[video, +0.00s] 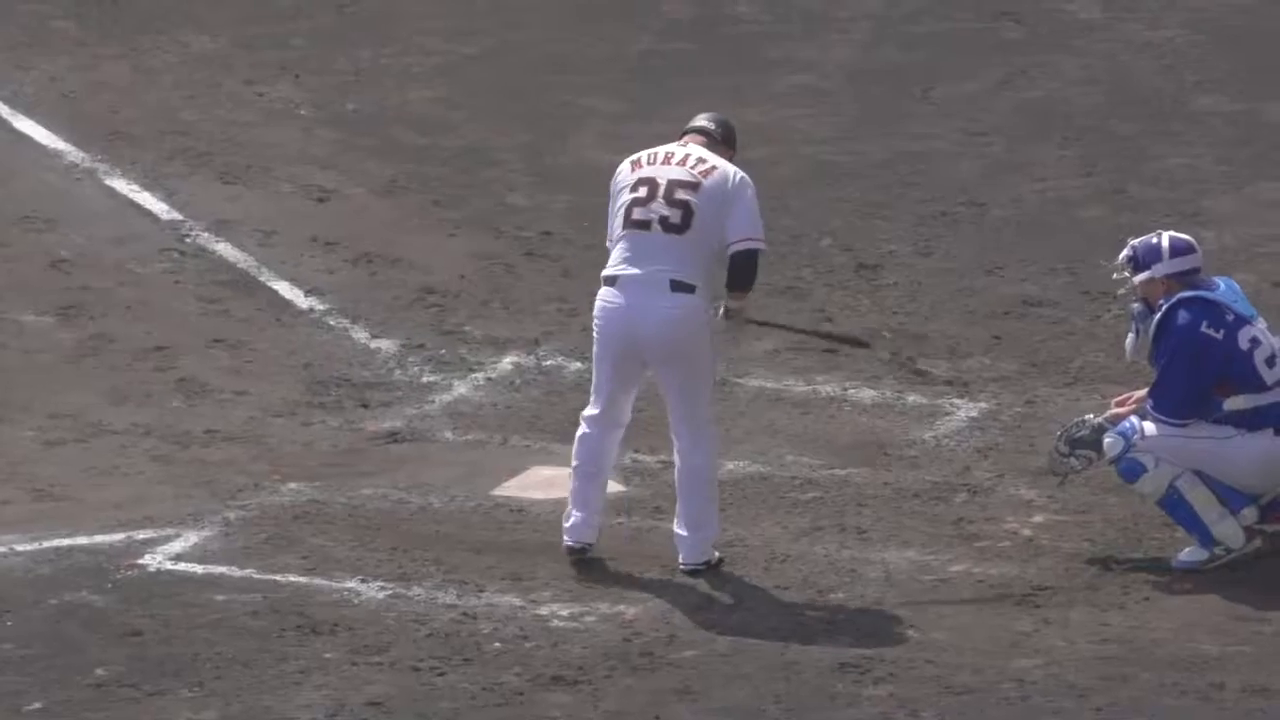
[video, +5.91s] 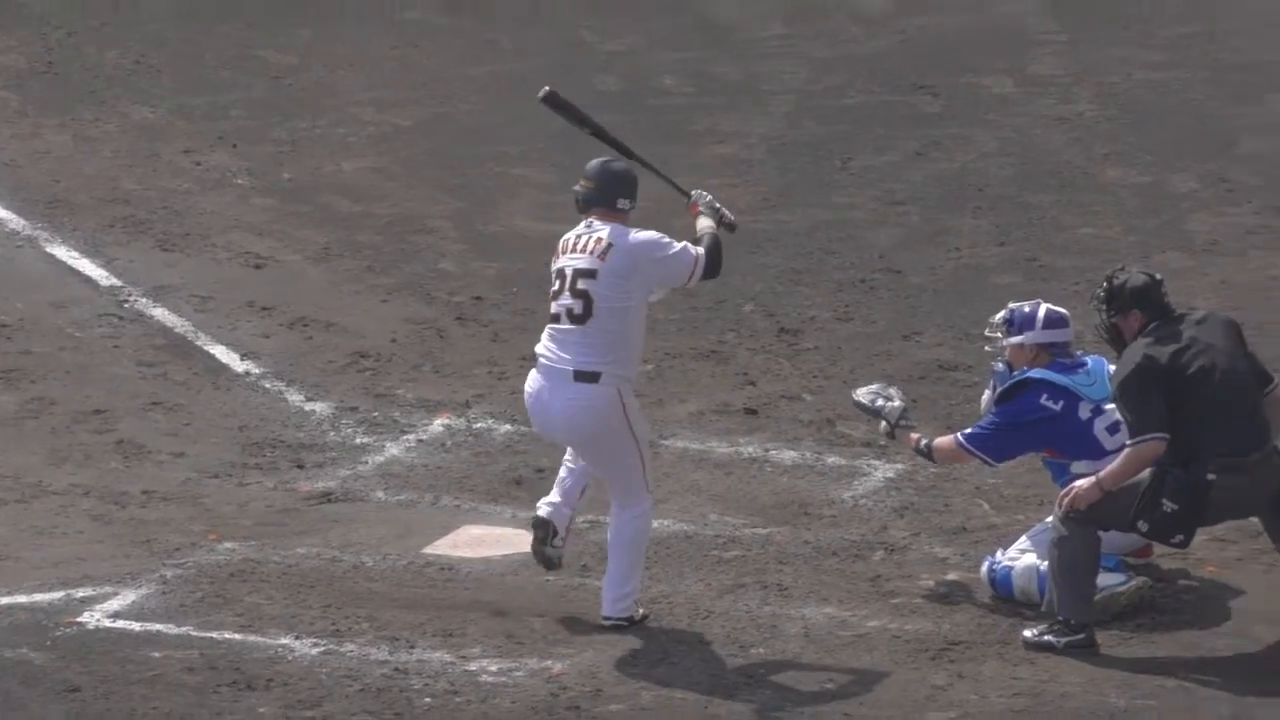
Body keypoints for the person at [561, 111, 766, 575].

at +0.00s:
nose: (726, 160)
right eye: (729, 154)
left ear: (683, 136)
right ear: (726, 148)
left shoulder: (629, 163)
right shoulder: (732, 177)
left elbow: (616, 238)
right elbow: (743, 264)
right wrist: (734, 303)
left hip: (614, 301)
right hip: (681, 307)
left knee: (602, 416)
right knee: (693, 431)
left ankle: (578, 532)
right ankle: (695, 549)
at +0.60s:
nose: (744, 151)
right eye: (745, 144)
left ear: (703, 131)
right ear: (742, 140)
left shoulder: (650, 164)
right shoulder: (747, 167)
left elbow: (643, 235)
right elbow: (768, 242)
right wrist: (751, 260)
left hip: (639, 299)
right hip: (704, 306)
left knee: (629, 421)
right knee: (729, 430)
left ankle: (610, 537)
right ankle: (732, 547)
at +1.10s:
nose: (726, 113)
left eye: (723, 106)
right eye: (724, 106)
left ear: (674, 108)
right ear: (717, 109)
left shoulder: (642, 161)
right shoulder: (736, 156)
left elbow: (658, 221)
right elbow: (787, 219)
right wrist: (769, 187)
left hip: (648, 306)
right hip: (711, 311)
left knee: (641, 417)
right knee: (740, 430)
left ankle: (606, 528)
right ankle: (741, 545)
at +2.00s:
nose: (687, 119)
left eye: (675, 110)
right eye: (718, 111)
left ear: (671, 113)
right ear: (720, 114)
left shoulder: (653, 162)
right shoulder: (743, 164)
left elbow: (712, 174)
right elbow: (806, 190)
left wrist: (761, 137)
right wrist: (791, 146)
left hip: (661, 312)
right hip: (724, 318)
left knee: (655, 421)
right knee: (751, 433)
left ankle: (615, 532)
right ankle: (748, 550)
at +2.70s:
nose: (640, 138)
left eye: (643, 133)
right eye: (647, 134)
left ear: (647, 138)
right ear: (691, 137)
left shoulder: (631, 184)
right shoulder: (712, 183)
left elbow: (704, 165)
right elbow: (780, 167)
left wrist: (743, 116)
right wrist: (762, 118)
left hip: (630, 336)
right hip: (690, 343)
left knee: (627, 444)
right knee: (716, 454)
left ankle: (578, 551)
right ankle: (708, 572)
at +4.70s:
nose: (603, 174)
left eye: (607, 169)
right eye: (659, 172)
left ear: (611, 172)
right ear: (657, 173)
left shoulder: (594, 217)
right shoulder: (673, 220)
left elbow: (672, 207)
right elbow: (738, 217)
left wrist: (710, 163)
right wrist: (728, 171)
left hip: (588, 369)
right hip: (648, 376)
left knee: (584, 476)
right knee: (676, 486)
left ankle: (535, 577)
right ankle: (664, 600)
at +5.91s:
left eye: (582, 197)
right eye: (630, 199)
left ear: (584, 199)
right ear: (627, 202)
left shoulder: (567, 242)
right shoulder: (638, 245)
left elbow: (641, 278)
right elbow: (708, 263)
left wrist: (710, 232)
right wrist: (705, 219)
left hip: (539, 392)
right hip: (599, 402)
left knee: (592, 435)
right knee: (632, 501)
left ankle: (554, 515)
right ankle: (619, 608)